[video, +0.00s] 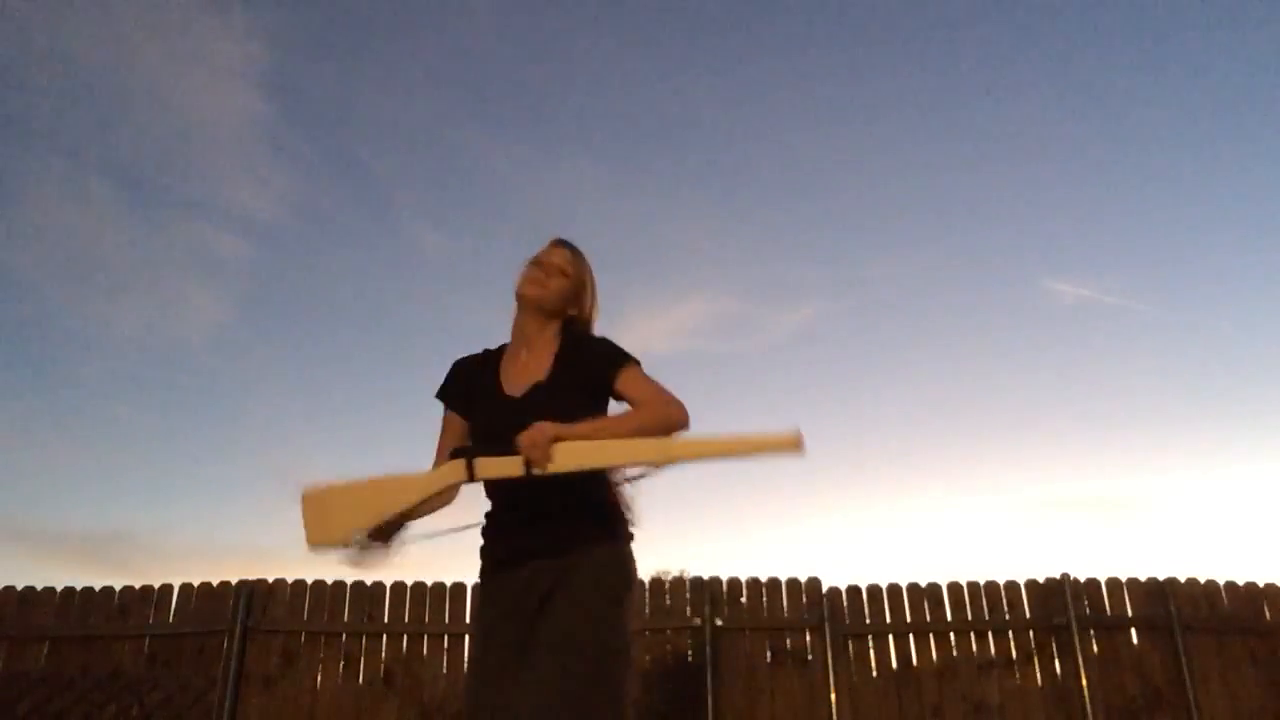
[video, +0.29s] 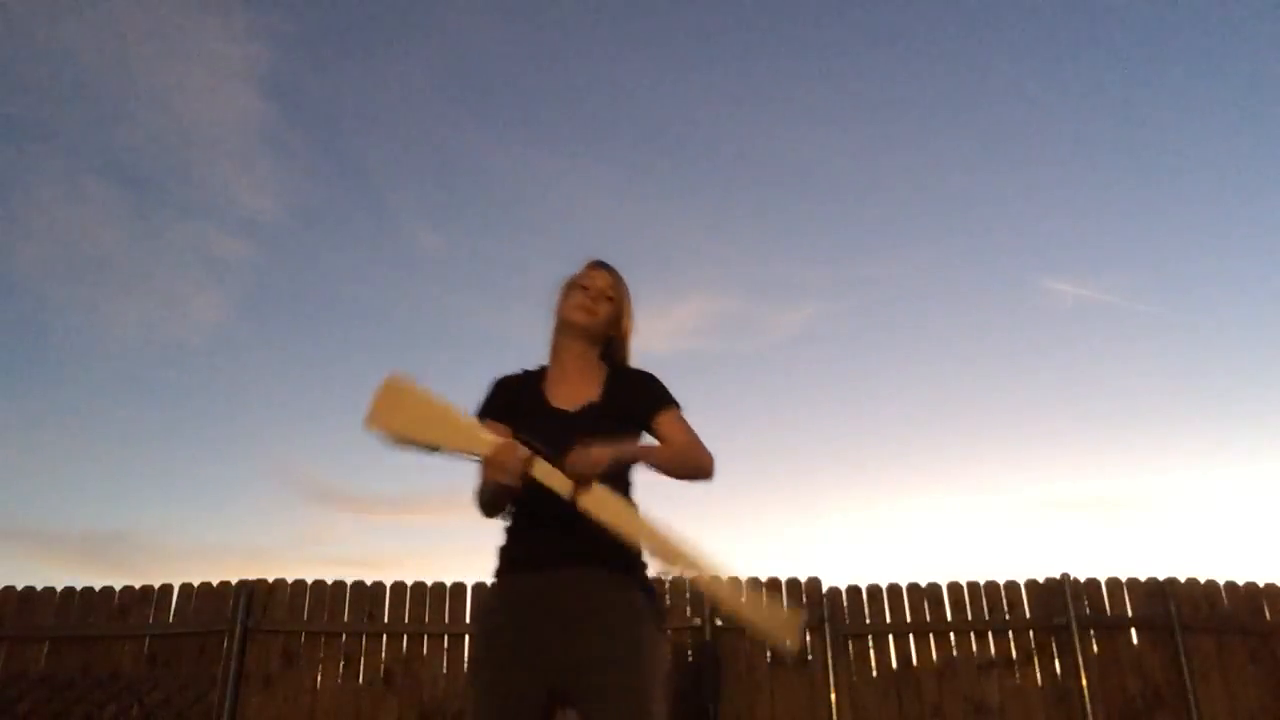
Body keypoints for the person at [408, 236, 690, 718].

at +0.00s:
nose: (539, 270)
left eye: (557, 270)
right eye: (535, 262)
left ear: (575, 300)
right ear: (519, 277)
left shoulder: (592, 355)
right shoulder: (471, 373)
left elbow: (670, 413)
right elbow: (446, 479)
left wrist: (567, 432)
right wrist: (395, 514)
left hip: (591, 557)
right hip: (508, 563)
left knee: (575, 696)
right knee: (495, 699)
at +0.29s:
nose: (590, 296)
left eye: (606, 297)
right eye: (581, 287)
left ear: (616, 323)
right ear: (560, 301)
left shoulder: (635, 388)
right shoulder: (511, 391)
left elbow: (700, 462)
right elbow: (488, 503)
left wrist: (628, 450)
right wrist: (499, 480)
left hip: (612, 588)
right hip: (525, 586)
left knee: (626, 708)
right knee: (504, 708)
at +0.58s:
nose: (659, 321)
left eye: (671, 318)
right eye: (648, 312)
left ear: (682, 339)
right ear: (622, 329)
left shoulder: (690, 406)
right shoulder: (583, 416)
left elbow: (725, 423)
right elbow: (557, 524)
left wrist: (690, 346)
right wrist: (572, 530)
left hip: (677, 605)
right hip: (595, 602)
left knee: (686, 709)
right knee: (582, 709)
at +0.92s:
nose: (664, 320)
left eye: (676, 316)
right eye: (650, 314)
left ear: (690, 338)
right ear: (631, 337)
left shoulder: (706, 406)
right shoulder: (602, 406)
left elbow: (752, 408)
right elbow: (575, 519)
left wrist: (713, 366)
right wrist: (604, 535)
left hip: (694, 595)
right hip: (612, 592)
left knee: (703, 708)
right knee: (597, 709)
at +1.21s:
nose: (629, 317)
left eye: (640, 311)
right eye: (614, 311)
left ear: (655, 331)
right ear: (594, 333)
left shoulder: (688, 411)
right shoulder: (568, 404)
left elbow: (723, 518)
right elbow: (539, 513)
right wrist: (586, 496)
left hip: (661, 591)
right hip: (579, 588)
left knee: (671, 706)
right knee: (567, 705)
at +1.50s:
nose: (610, 315)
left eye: (620, 309)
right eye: (595, 306)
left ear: (630, 333)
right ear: (569, 325)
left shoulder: (652, 412)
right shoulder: (528, 395)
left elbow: (655, 508)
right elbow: (501, 495)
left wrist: (650, 562)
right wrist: (562, 460)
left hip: (617, 596)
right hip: (535, 594)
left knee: (631, 707)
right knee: (522, 707)